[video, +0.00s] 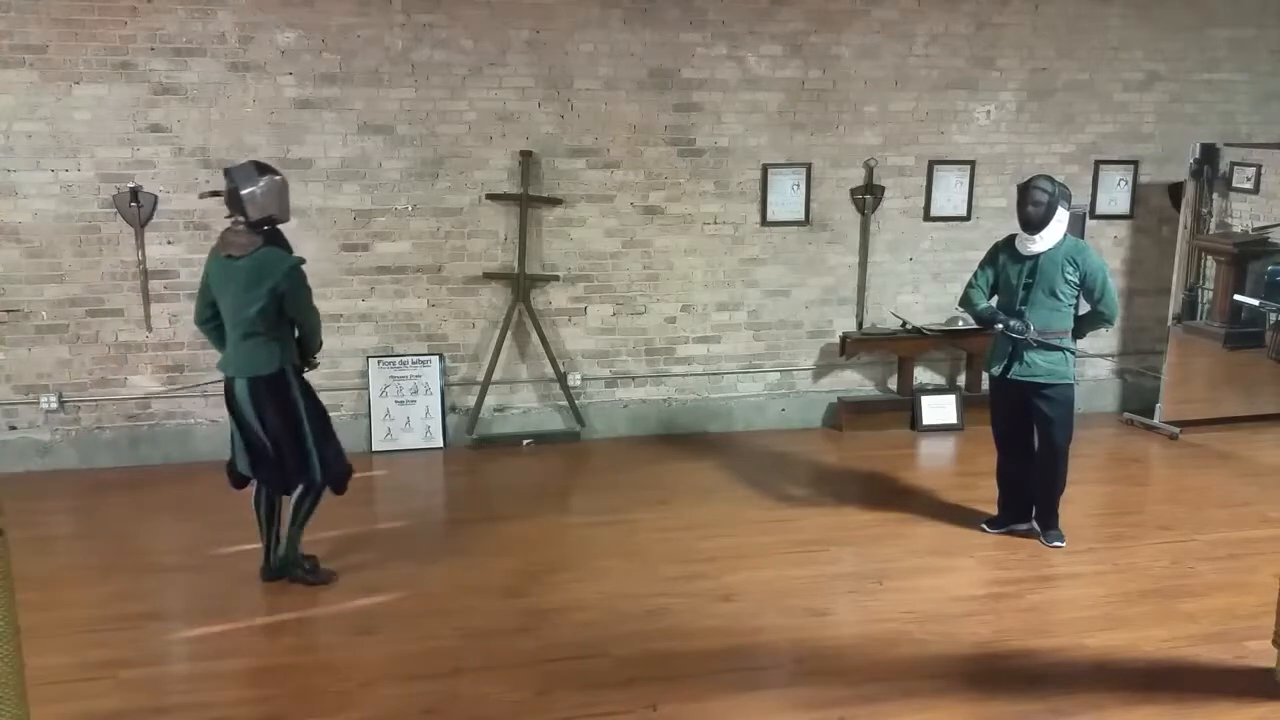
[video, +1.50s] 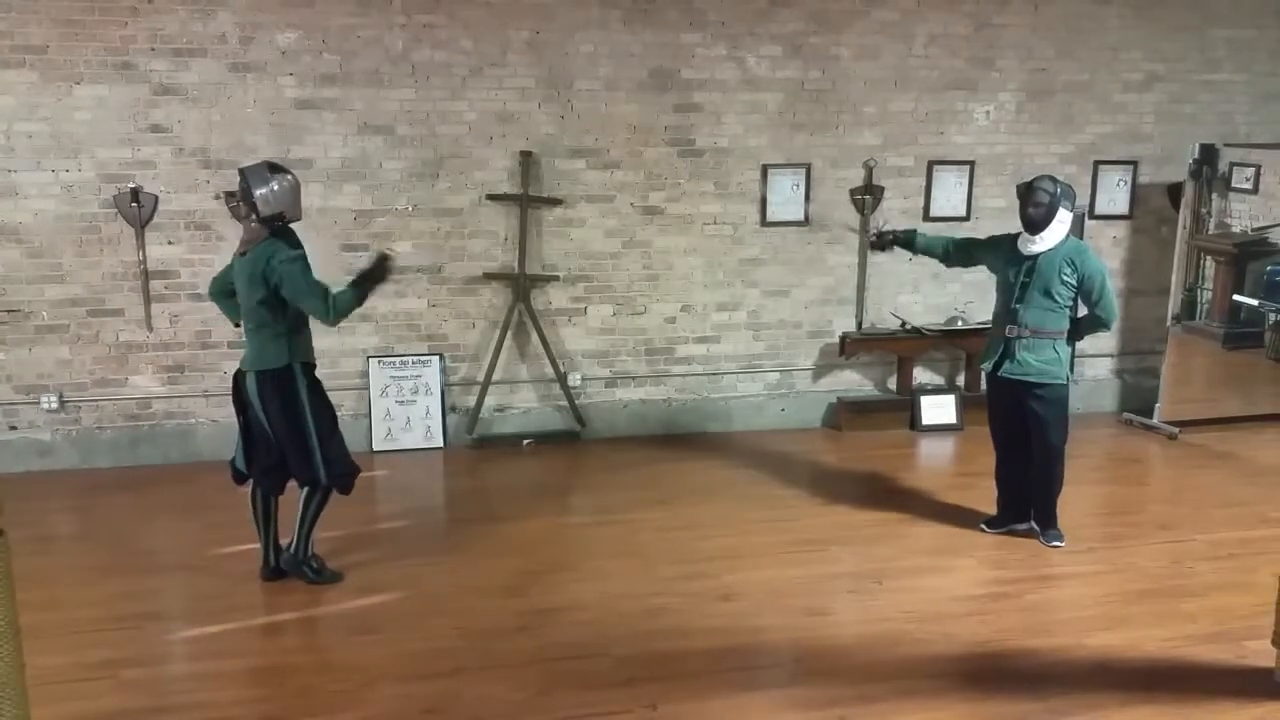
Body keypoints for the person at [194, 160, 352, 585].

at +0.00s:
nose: (282, 203)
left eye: (278, 195)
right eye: (276, 196)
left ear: (235, 207)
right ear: (268, 204)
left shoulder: (218, 259)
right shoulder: (281, 262)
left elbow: (205, 317)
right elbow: (310, 325)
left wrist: (236, 349)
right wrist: (305, 353)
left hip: (236, 379)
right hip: (275, 377)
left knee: (267, 468)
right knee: (318, 466)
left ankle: (272, 557)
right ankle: (289, 553)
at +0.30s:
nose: (296, 203)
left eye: (291, 196)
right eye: (290, 197)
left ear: (251, 207)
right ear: (282, 205)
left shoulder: (233, 253)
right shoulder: (291, 262)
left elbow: (212, 312)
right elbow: (328, 334)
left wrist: (247, 343)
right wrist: (321, 351)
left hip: (244, 377)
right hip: (283, 377)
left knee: (265, 468)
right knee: (322, 465)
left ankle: (270, 557)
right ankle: (297, 552)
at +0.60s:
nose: (291, 202)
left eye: (288, 194)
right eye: (284, 195)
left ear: (245, 206)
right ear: (272, 202)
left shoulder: (233, 253)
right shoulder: (281, 255)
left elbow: (200, 283)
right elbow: (332, 285)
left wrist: (224, 316)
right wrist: (399, 298)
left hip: (241, 378)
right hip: (279, 378)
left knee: (259, 469)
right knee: (319, 466)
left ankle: (268, 559)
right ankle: (296, 554)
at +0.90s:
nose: (290, 203)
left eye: (287, 196)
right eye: (284, 197)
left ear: (244, 208)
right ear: (276, 203)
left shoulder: (231, 257)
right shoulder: (286, 249)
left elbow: (195, 287)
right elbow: (340, 260)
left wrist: (223, 318)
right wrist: (411, 262)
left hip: (245, 380)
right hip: (284, 377)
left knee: (260, 470)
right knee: (324, 466)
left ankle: (268, 558)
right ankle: (298, 553)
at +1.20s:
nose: (289, 202)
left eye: (285, 194)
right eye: (283, 195)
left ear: (245, 207)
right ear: (276, 201)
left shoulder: (236, 256)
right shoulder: (283, 248)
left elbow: (203, 289)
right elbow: (336, 262)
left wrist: (230, 316)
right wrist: (410, 260)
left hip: (249, 378)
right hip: (286, 375)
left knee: (263, 468)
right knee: (327, 465)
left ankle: (269, 558)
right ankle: (298, 553)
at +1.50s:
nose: (296, 201)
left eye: (293, 194)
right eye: (290, 195)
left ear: (252, 207)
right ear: (281, 202)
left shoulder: (248, 251)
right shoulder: (282, 253)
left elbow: (219, 288)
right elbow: (328, 309)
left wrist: (249, 320)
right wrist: (367, 280)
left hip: (253, 377)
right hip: (287, 376)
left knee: (267, 469)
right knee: (330, 467)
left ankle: (270, 556)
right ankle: (300, 552)